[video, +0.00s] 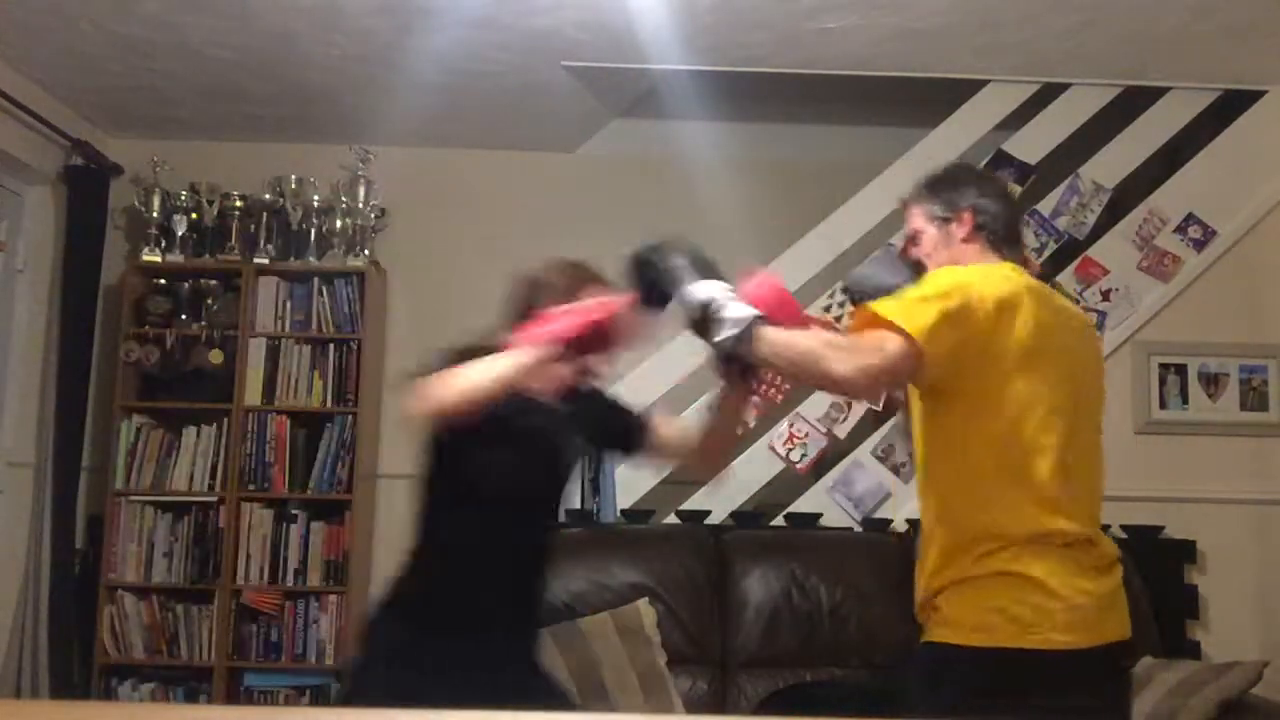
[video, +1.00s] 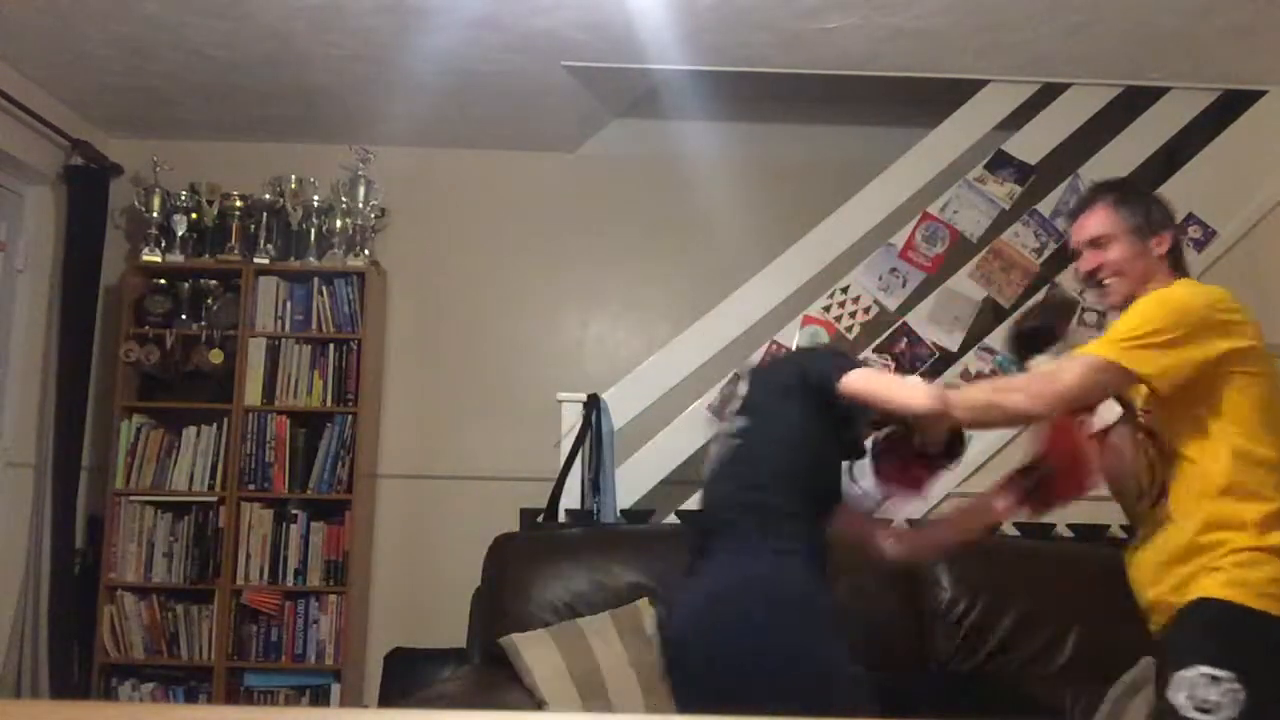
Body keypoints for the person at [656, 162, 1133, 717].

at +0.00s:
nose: (911, 256)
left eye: (917, 238)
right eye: (908, 243)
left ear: (963, 224)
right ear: (975, 230)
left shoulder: (968, 292)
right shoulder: (1075, 321)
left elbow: (860, 367)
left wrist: (728, 319)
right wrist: (855, 336)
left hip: (993, 639)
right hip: (1095, 636)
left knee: (786, 704)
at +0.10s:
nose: (945, 269)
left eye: (951, 252)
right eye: (944, 254)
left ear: (993, 244)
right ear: (1038, 250)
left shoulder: (1005, 314)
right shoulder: (1101, 341)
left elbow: (864, 394)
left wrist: (801, 295)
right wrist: (961, 319)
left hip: (1034, 648)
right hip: (1119, 647)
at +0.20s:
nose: (1001, 269)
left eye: (1009, 253)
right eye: (1001, 255)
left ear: (1056, 245)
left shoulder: (1041, 312)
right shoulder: (1150, 345)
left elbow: (891, 380)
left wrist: (852, 357)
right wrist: (966, 390)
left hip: (1069, 650)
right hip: (1151, 651)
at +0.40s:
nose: (1043, 271)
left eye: (1048, 253)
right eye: (1043, 257)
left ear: (1088, 241)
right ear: (1143, 255)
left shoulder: (1066, 297)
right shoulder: (1203, 329)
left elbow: (921, 313)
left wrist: (861, 362)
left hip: (1087, 617)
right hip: (1204, 630)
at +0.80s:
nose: (1060, 293)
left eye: (1068, 276)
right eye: (1059, 281)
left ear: (1116, 265)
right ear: (1118, 268)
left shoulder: (1145, 306)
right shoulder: (1210, 346)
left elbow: (998, 309)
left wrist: (893, 362)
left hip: (1171, 603)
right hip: (1249, 613)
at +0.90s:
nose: (1061, 286)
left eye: (1075, 266)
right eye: (1057, 278)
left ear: (1133, 258)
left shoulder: (1170, 308)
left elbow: (1029, 365)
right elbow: (1076, 481)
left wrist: (906, 378)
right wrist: (934, 482)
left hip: (1214, 597)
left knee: (1149, 707)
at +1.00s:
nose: (1085, 267)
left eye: (1100, 245)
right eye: (1078, 255)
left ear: (1159, 242)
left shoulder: (1191, 306)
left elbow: (1052, 393)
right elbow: (1149, 499)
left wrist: (930, 398)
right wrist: (1102, 423)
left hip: (1238, 587)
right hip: (1198, 594)